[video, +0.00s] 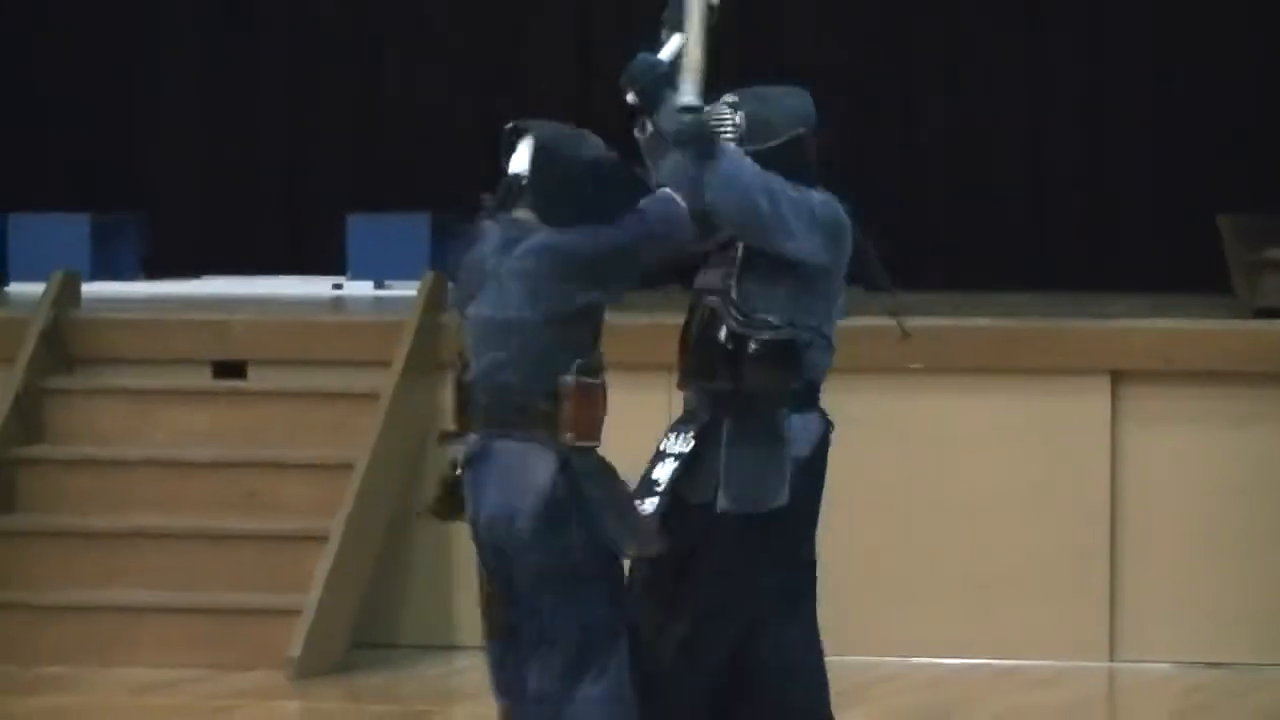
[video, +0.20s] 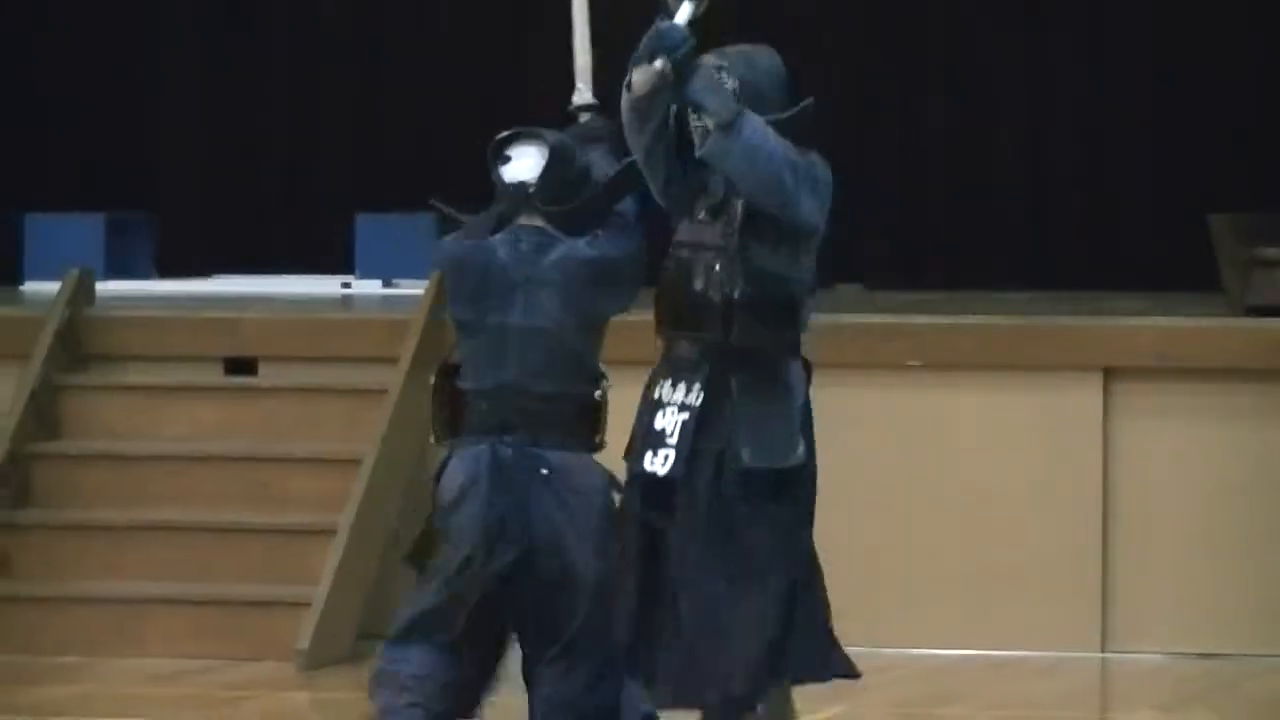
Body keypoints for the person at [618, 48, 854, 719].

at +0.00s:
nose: (718, 165)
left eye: (727, 150)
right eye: (715, 152)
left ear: (771, 150)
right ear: (769, 150)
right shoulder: (731, 217)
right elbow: (669, 192)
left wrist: (672, 114)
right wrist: (659, 132)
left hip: (774, 432)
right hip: (710, 426)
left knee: (763, 603)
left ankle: (776, 708)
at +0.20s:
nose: (704, 111)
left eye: (717, 98)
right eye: (702, 100)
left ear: (752, 106)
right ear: (711, 115)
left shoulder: (805, 178)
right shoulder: (699, 180)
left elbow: (766, 173)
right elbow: (655, 146)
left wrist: (719, 105)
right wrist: (644, 99)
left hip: (754, 383)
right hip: (682, 377)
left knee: (744, 543)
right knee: (672, 538)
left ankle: (754, 693)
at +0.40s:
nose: (700, 151)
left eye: (710, 137)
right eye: (695, 137)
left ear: (744, 138)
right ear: (687, 143)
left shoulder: (785, 209)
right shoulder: (676, 203)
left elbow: (769, 184)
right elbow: (644, 147)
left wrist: (717, 124)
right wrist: (666, 86)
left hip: (743, 394)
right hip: (669, 388)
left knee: (743, 535)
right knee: (634, 524)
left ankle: (743, 687)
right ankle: (674, 673)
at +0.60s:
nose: (718, 196)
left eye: (729, 183)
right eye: (709, 185)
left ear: (750, 183)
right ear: (690, 189)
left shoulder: (780, 239)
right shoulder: (672, 250)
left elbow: (799, 259)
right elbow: (657, 193)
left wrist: (751, 181)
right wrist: (692, 133)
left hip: (754, 401)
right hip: (679, 401)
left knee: (760, 535)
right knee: (670, 535)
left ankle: (773, 664)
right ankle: (674, 669)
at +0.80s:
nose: (760, 155)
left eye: (770, 146)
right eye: (752, 144)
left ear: (786, 155)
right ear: (736, 149)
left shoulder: (814, 223)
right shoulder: (704, 214)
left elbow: (820, 282)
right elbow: (688, 267)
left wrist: (758, 278)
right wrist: (727, 226)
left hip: (784, 382)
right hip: (713, 380)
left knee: (787, 519)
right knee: (703, 510)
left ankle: (788, 644)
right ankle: (714, 636)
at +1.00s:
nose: (799, 190)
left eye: (809, 179)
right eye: (790, 178)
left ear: (826, 186)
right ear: (777, 183)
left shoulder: (859, 256)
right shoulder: (743, 248)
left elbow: (864, 328)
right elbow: (738, 318)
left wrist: (793, 341)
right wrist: (812, 345)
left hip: (831, 395)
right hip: (764, 395)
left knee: (824, 513)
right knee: (755, 509)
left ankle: (815, 623)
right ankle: (750, 628)